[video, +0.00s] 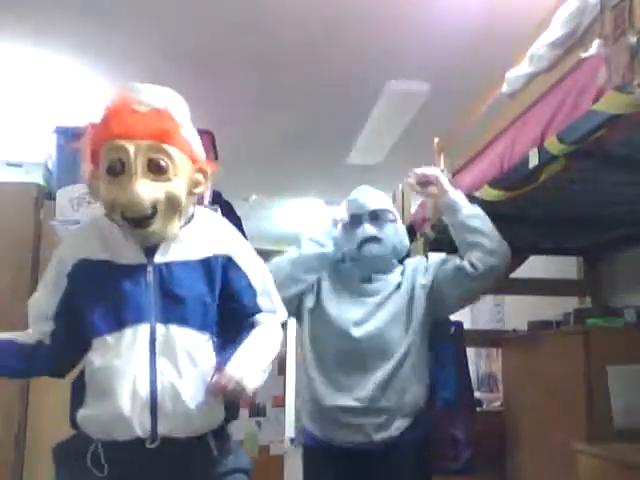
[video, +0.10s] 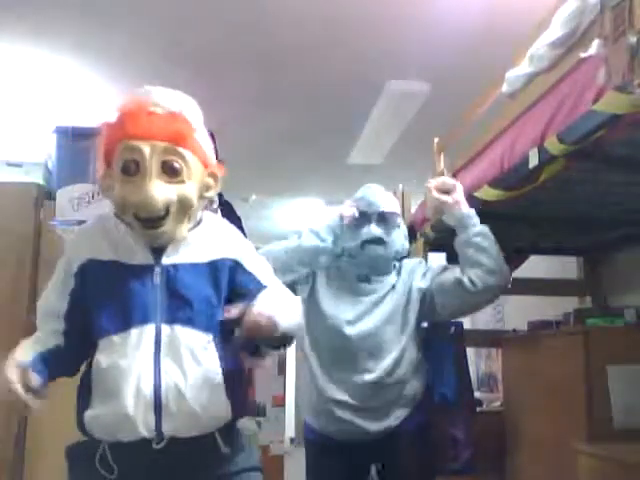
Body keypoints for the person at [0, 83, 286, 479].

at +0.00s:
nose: (135, 187)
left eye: (157, 167)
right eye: (117, 168)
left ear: (195, 181)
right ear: (96, 181)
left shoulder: (217, 239)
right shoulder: (80, 249)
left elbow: (268, 317)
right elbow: (53, 349)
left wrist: (244, 370)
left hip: (203, 457)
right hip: (105, 458)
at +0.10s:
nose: (150, 187)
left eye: (170, 168)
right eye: (132, 168)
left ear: (205, 181)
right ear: (109, 179)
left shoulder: (223, 242)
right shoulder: (87, 247)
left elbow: (286, 309)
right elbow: (64, 337)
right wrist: (27, 360)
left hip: (214, 455)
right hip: (114, 459)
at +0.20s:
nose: (159, 190)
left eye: (181, 171)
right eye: (141, 169)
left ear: (214, 186)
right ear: (116, 181)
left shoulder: (231, 245)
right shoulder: (91, 248)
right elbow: (61, 330)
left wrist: (286, 288)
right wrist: (41, 375)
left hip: (218, 455)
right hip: (120, 460)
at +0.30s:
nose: (168, 194)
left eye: (190, 174)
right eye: (150, 171)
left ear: (220, 189)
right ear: (122, 182)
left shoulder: (238, 247)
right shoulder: (98, 247)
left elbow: (314, 301)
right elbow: (67, 324)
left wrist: (302, 249)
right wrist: (64, 372)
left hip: (222, 452)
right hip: (125, 455)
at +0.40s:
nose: (176, 201)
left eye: (198, 179)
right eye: (159, 176)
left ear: (230, 192)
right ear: (133, 185)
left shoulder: (253, 251)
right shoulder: (104, 250)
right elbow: (46, 330)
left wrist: (311, 203)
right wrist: (88, 384)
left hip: (227, 455)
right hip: (129, 458)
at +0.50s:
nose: (185, 204)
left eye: (205, 187)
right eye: (166, 184)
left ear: (233, 197)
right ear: (139, 191)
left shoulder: (250, 259)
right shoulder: (109, 258)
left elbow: (325, 250)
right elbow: (28, 307)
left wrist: (328, 185)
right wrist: (98, 339)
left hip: (221, 456)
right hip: (127, 459)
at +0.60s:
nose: (191, 208)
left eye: (211, 189)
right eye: (172, 187)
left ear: (238, 197)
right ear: (142, 192)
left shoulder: (248, 262)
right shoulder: (113, 251)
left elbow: (312, 274)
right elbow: (16, 291)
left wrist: (318, 194)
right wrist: (91, 291)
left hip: (220, 459)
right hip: (128, 457)